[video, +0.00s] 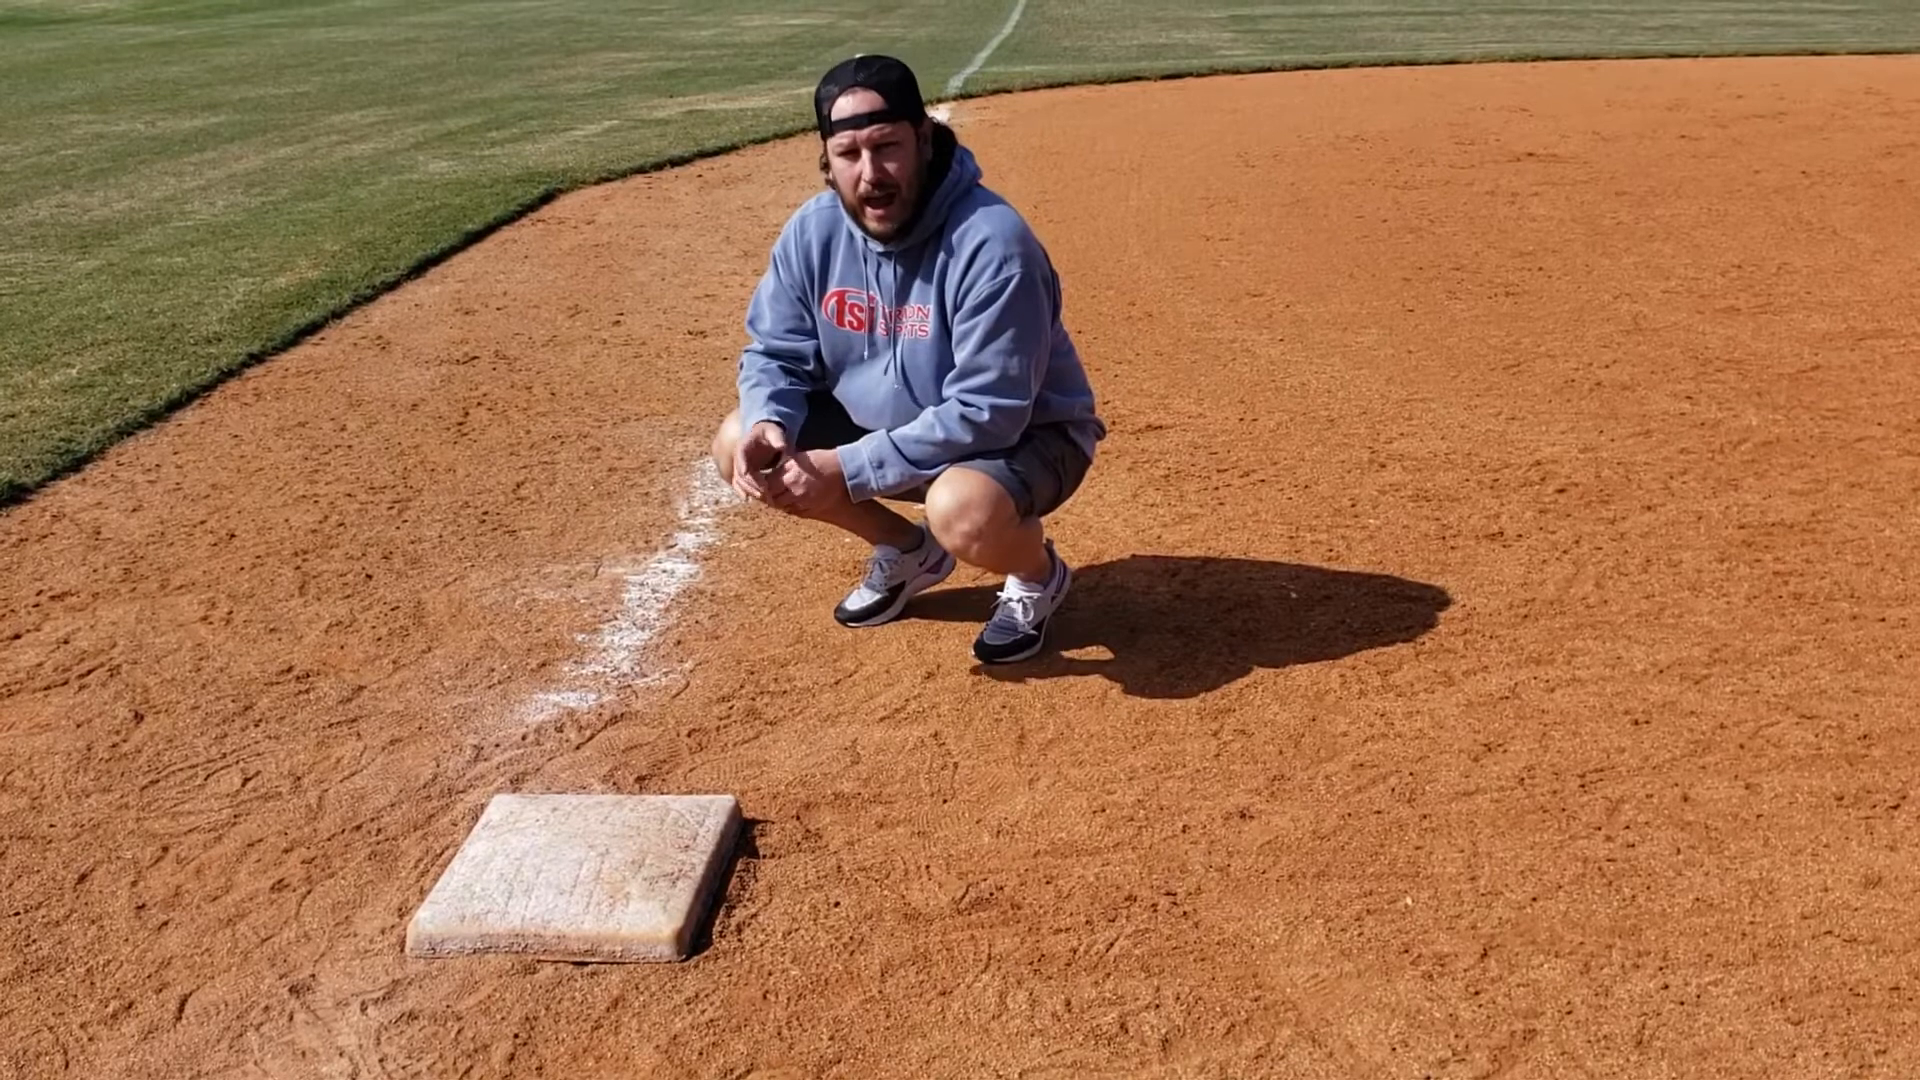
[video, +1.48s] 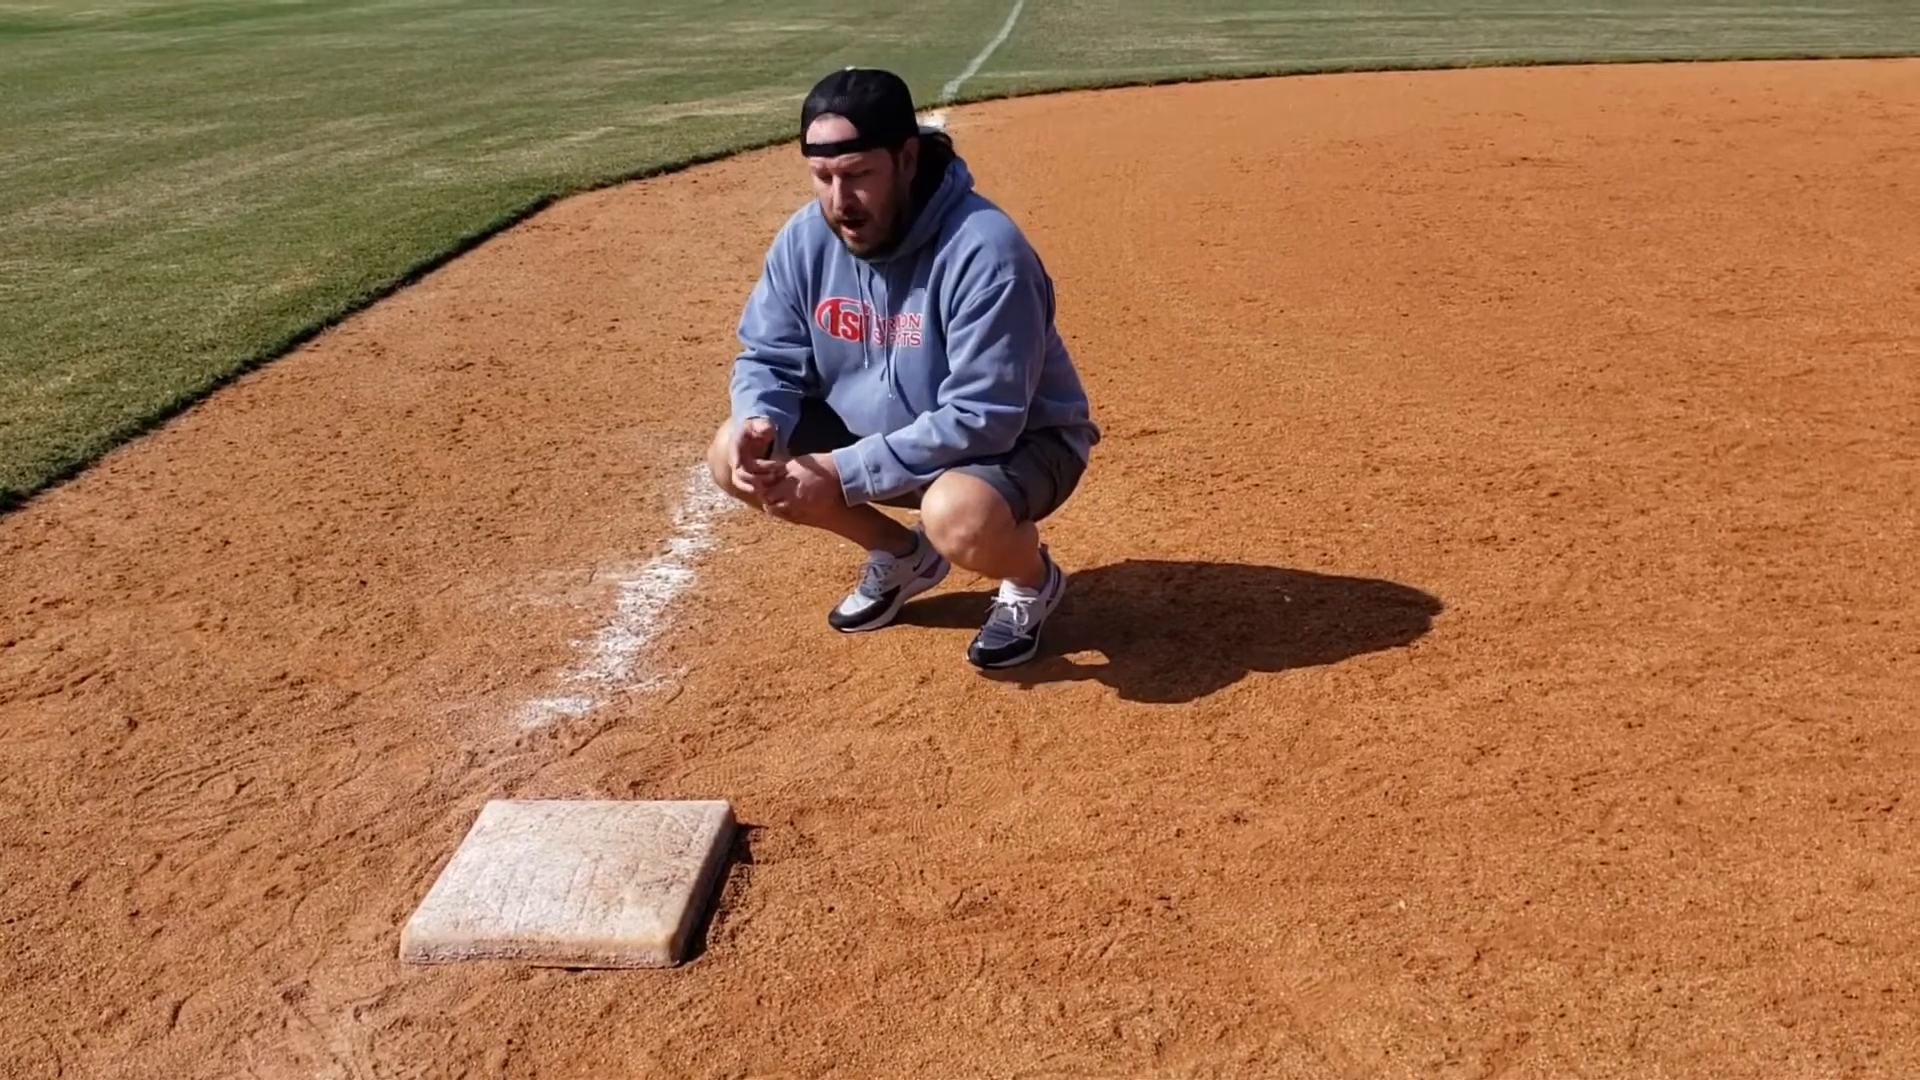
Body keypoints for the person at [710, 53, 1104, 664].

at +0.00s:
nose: (870, 174)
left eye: (887, 146)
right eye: (848, 154)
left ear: (925, 138)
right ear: (827, 161)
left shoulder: (992, 247)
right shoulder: (813, 232)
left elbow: (986, 415)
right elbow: (776, 351)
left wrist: (844, 470)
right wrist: (768, 424)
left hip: (1030, 433)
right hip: (893, 425)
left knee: (961, 510)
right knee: (743, 446)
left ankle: (1039, 576)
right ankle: (907, 549)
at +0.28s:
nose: (869, 183)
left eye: (885, 155)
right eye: (847, 161)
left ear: (923, 140)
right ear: (825, 164)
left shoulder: (991, 247)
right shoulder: (812, 233)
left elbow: (987, 414)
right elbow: (774, 350)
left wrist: (850, 471)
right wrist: (767, 415)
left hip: (1027, 435)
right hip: (891, 428)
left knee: (961, 511)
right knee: (740, 450)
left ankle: (1038, 578)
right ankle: (905, 550)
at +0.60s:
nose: (869, 187)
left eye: (886, 158)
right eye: (848, 164)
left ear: (923, 144)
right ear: (825, 164)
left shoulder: (990, 252)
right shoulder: (811, 234)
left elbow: (984, 417)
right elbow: (772, 352)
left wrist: (847, 472)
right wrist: (770, 429)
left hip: (1027, 436)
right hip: (890, 428)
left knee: (959, 511)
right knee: (738, 450)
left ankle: (1037, 579)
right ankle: (903, 551)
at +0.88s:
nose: (865, 187)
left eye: (882, 160)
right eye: (844, 165)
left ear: (919, 145)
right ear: (821, 165)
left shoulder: (986, 252)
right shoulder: (807, 236)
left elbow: (983, 418)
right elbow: (769, 354)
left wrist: (846, 473)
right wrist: (769, 432)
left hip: (1025, 438)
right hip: (889, 431)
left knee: (957, 513)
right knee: (736, 451)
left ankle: (1035, 580)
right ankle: (902, 552)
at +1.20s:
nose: (863, 187)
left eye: (879, 159)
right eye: (841, 164)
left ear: (918, 146)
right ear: (820, 168)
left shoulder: (986, 253)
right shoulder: (806, 239)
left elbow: (982, 420)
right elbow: (768, 359)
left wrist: (843, 475)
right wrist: (769, 436)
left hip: (1024, 437)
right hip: (887, 430)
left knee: (957, 514)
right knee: (736, 453)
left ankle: (1035, 580)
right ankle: (902, 553)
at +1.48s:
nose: (840, 202)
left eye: (858, 175)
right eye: (823, 178)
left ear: (907, 158)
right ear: (809, 172)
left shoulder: (985, 254)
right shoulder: (806, 238)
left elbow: (982, 421)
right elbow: (769, 356)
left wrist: (842, 475)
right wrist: (760, 421)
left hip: (1023, 440)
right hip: (889, 433)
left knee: (956, 516)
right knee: (737, 453)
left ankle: (1033, 582)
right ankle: (902, 554)